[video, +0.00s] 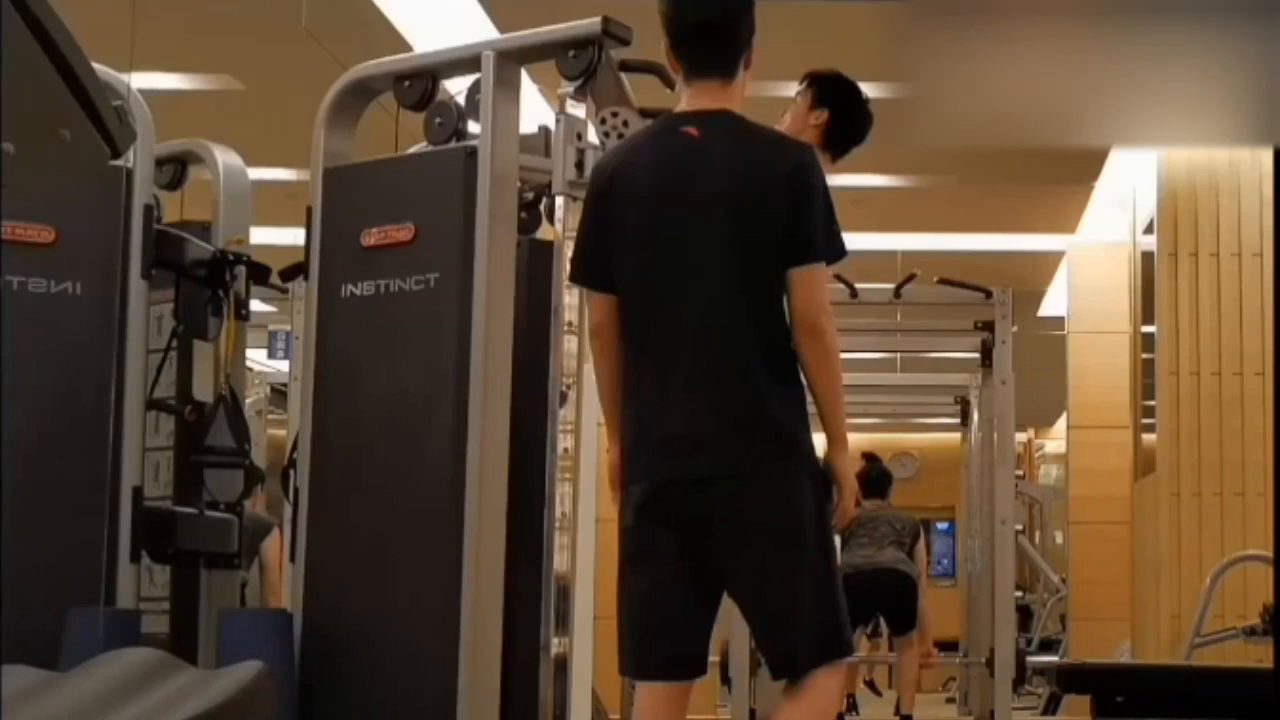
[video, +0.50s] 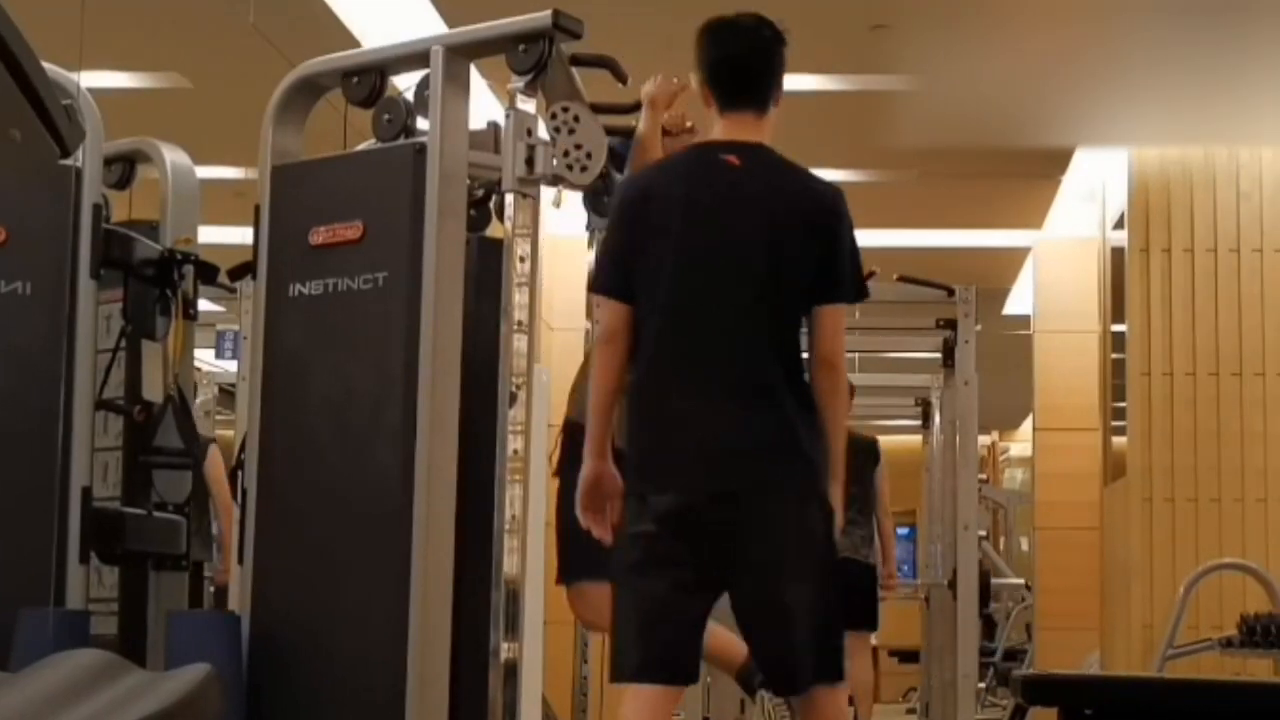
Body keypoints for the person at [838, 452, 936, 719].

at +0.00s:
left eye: (859, 486)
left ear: (860, 490)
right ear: (889, 489)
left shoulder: (850, 520)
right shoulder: (909, 523)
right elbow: (921, 581)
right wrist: (926, 640)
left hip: (855, 580)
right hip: (899, 579)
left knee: (847, 642)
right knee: (906, 646)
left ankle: (848, 700)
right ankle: (905, 712)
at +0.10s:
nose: (835, 482)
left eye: (836, 478)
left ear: (837, 482)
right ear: (869, 481)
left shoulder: (828, 513)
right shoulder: (891, 517)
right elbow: (902, 578)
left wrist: (822, 499)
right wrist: (907, 637)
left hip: (835, 577)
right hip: (879, 578)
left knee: (823, 644)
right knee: (886, 648)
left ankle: (827, 708)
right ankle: (885, 714)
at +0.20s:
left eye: (818, 449)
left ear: (815, 453)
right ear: (848, 452)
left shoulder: (802, 493)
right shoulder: (869, 492)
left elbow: (792, 547)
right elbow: (881, 553)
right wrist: (887, 605)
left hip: (814, 576)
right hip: (859, 576)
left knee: (804, 653)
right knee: (863, 650)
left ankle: (803, 714)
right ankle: (864, 714)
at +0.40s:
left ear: (820, 408)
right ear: (850, 409)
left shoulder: (805, 450)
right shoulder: (868, 453)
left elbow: (797, 513)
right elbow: (883, 517)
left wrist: (794, 561)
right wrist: (890, 569)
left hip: (814, 563)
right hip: (857, 564)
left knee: (817, 651)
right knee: (860, 647)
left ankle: (819, 715)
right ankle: (865, 714)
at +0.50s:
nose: (841, 404)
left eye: (842, 397)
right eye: (843, 397)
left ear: (821, 404)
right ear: (850, 403)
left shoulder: (807, 445)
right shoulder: (867, 446)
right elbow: (882, 509)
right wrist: (890, 562)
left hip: (815, 559)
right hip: (857, 560)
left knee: (821, 649)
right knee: (859, 647)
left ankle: (828, 712)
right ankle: (863, 713)